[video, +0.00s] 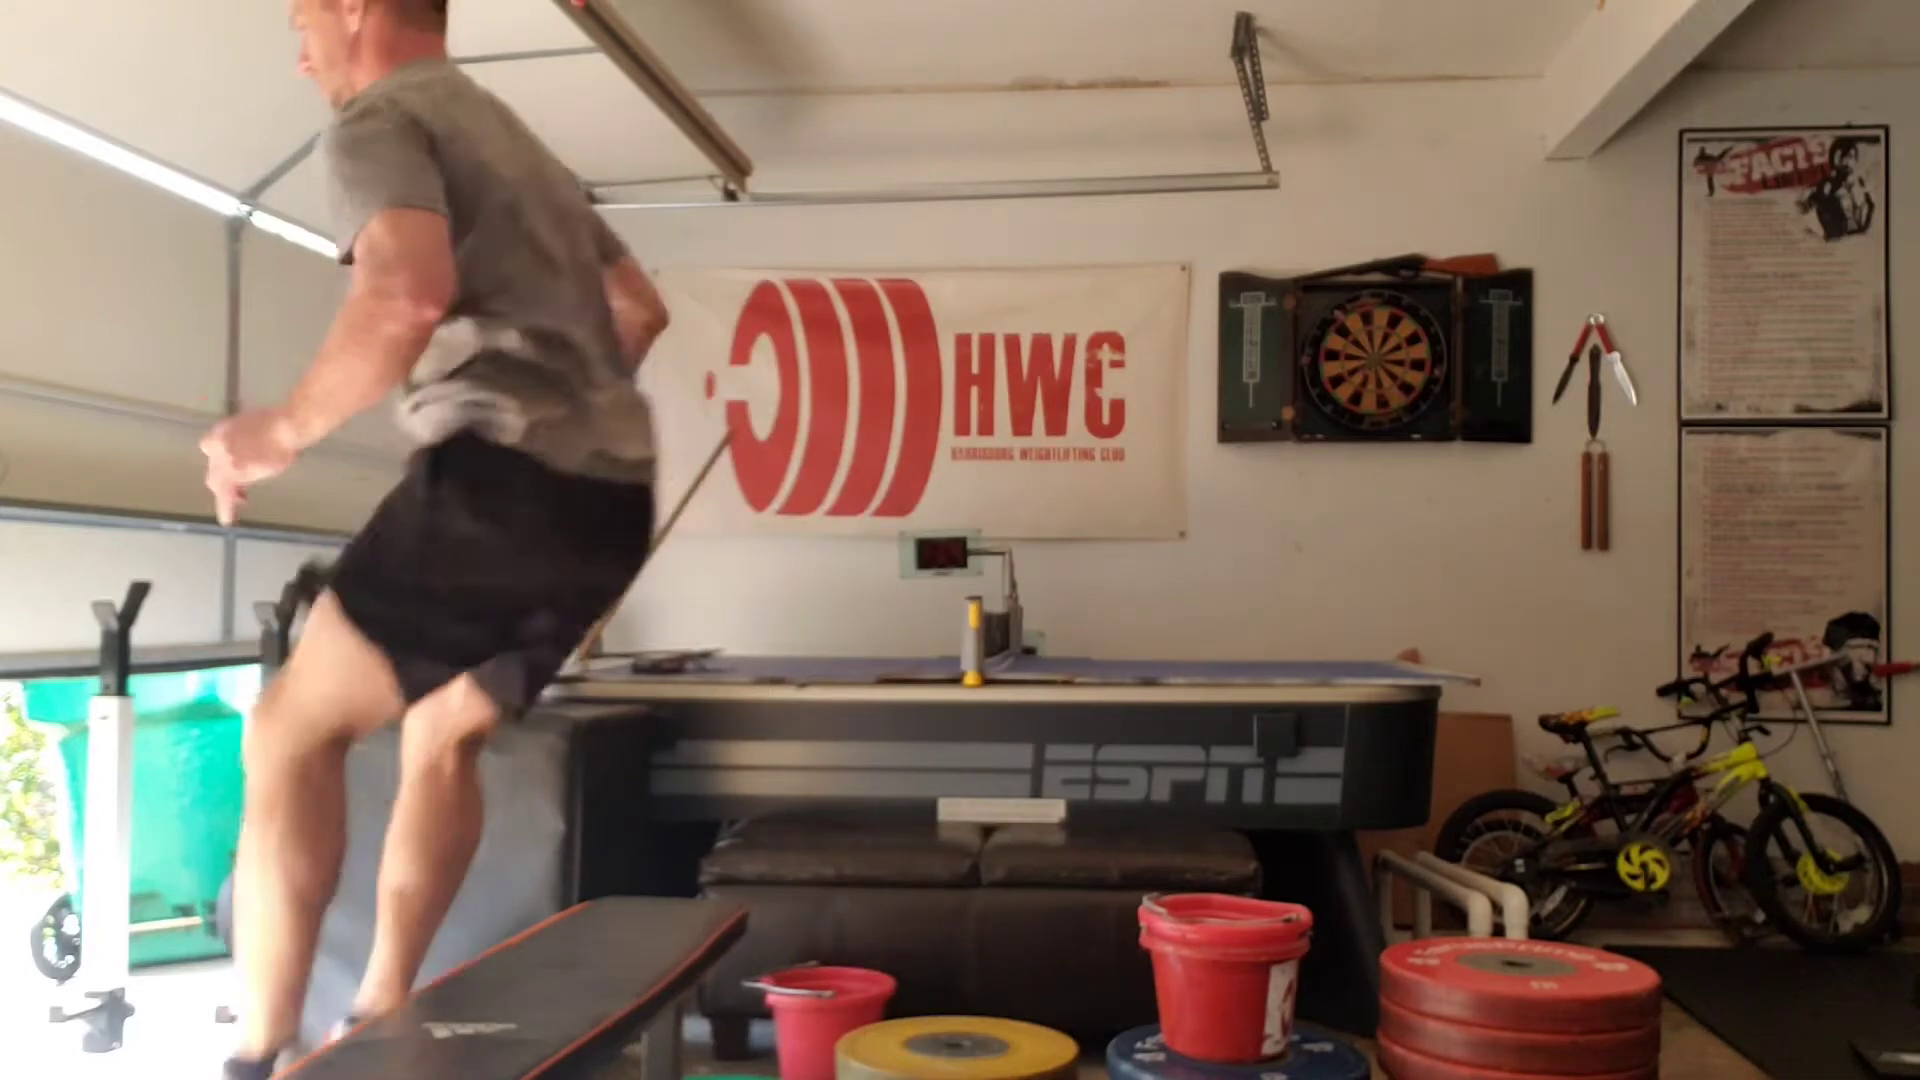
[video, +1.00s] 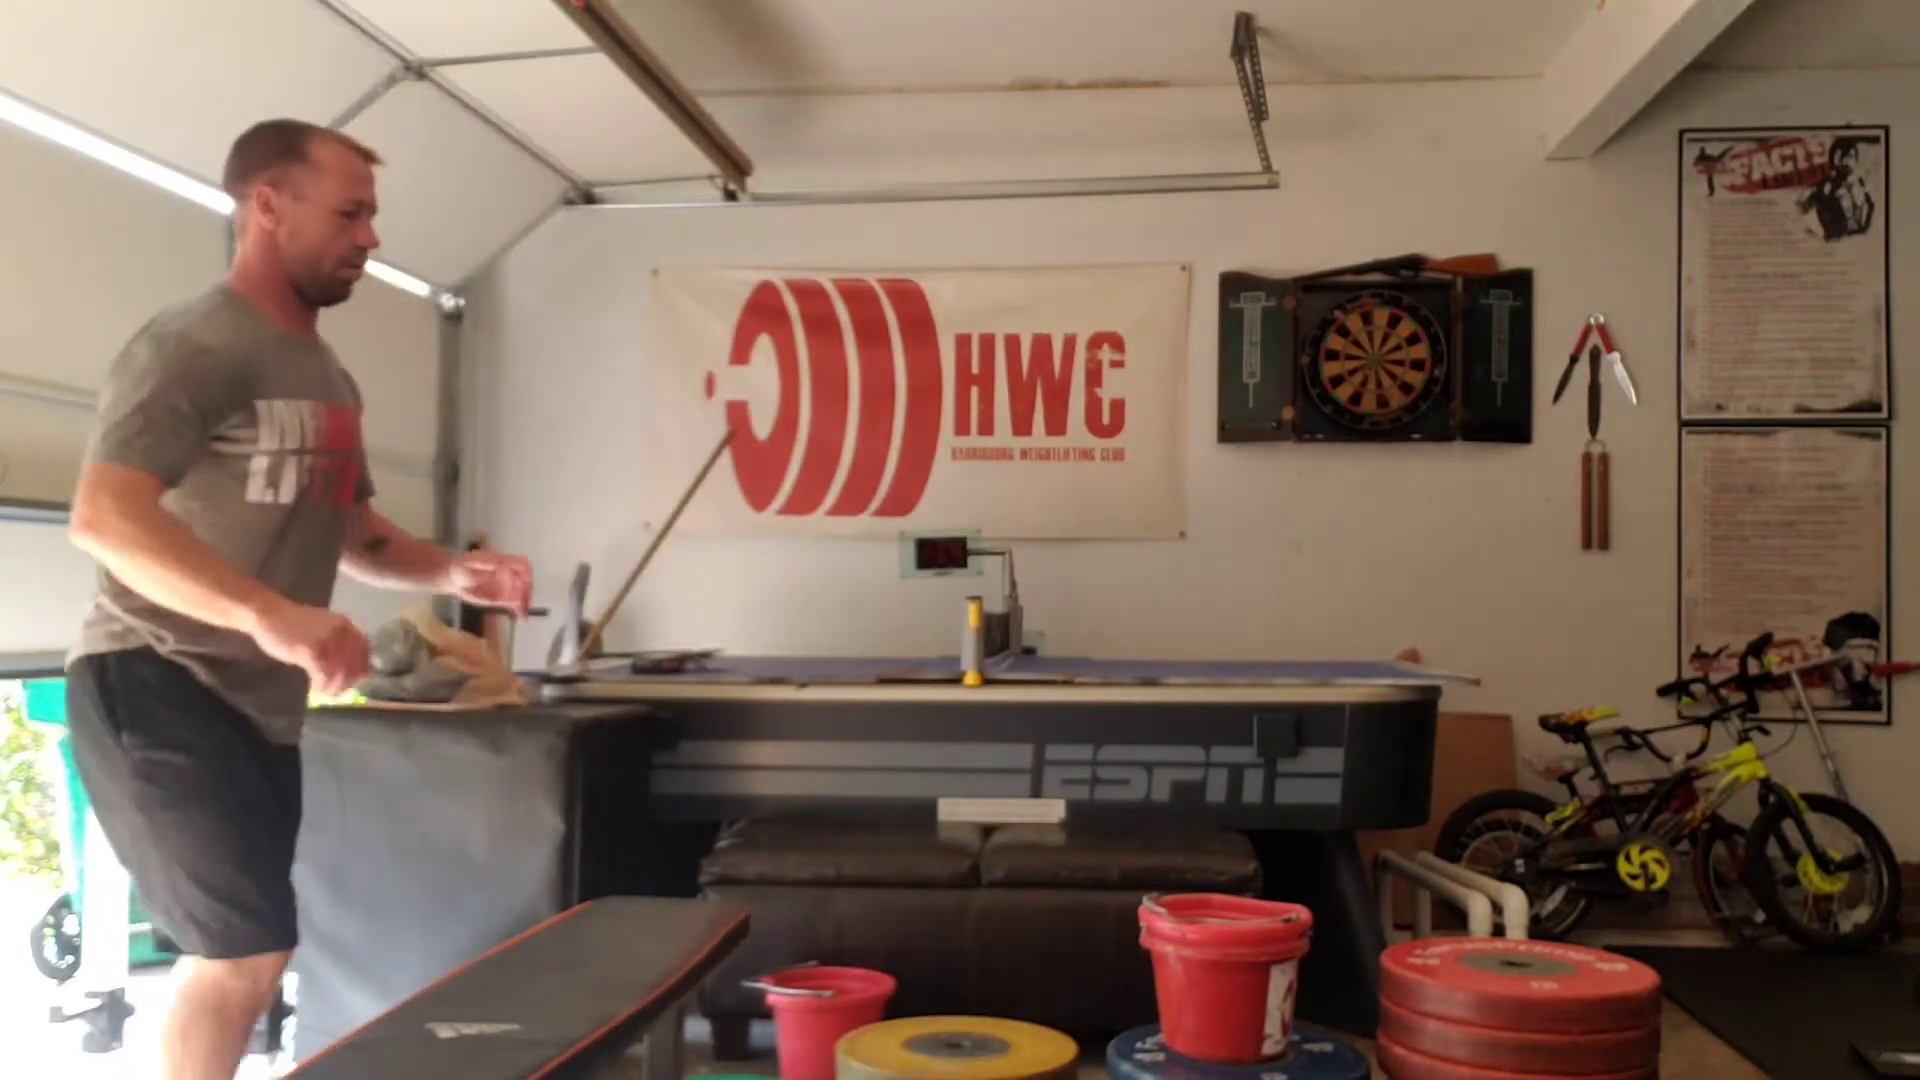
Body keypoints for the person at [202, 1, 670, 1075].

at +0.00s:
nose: (299, 50)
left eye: (304, 23)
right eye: (297, 27)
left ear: (357, 17)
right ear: (412, 21)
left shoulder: (381, 119)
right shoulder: (511, 134)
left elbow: (407, 296)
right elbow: (638, 307)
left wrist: (286, 426)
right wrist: (518, 385)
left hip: (501, 478)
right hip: (613, 500)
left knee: (290, 721)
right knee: (443, 733)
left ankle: (265, 1043)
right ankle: (385, 1007)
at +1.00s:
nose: (372, 237)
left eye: (373, 216)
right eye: (354, 211)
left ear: (283, 211)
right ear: (267, 206)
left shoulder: (327, 377)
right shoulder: (190, 342)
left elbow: (357, 532)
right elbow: (104, 511)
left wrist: (452, 569)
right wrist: (267, 612)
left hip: (257, 696)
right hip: (153, 680)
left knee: (250, 950)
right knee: (242, 945)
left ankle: (201, 1072)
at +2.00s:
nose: (843, 65)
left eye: (845, 42)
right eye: (831, 34)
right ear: (751, 15)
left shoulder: (754, 207)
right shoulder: (660, 113)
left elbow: (774, 382)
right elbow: (585, 289)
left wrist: (881, 468)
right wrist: (748, 361)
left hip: (584, 408)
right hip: (477, 389)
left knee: (788, 526)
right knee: (688, 501)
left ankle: (765, 804)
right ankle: (688, 787)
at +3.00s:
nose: (920, 219)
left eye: (930, 190)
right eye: (918, 196)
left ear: (1002, 175)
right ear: (1003, 181)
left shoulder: (1064, 321)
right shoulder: (1014, 327)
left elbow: (1068, 524)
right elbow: (1037, 545)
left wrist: (880, 591)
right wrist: (922, 629)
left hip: (1104, 737)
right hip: (1032, 727)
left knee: (1149, 1037)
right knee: (973, 962)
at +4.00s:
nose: (354, 45)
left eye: (359, 19)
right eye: (350, 26)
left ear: (423, 12)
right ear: (454, 18)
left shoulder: (457, 99)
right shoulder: (534, 103)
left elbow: (339, 300)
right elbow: (575, 346)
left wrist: (151, 389)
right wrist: (412, 386)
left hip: (666, 389)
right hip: (739, 411)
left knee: (369, 499)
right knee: (516, 534)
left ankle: (377, 819)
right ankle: (449, 783)